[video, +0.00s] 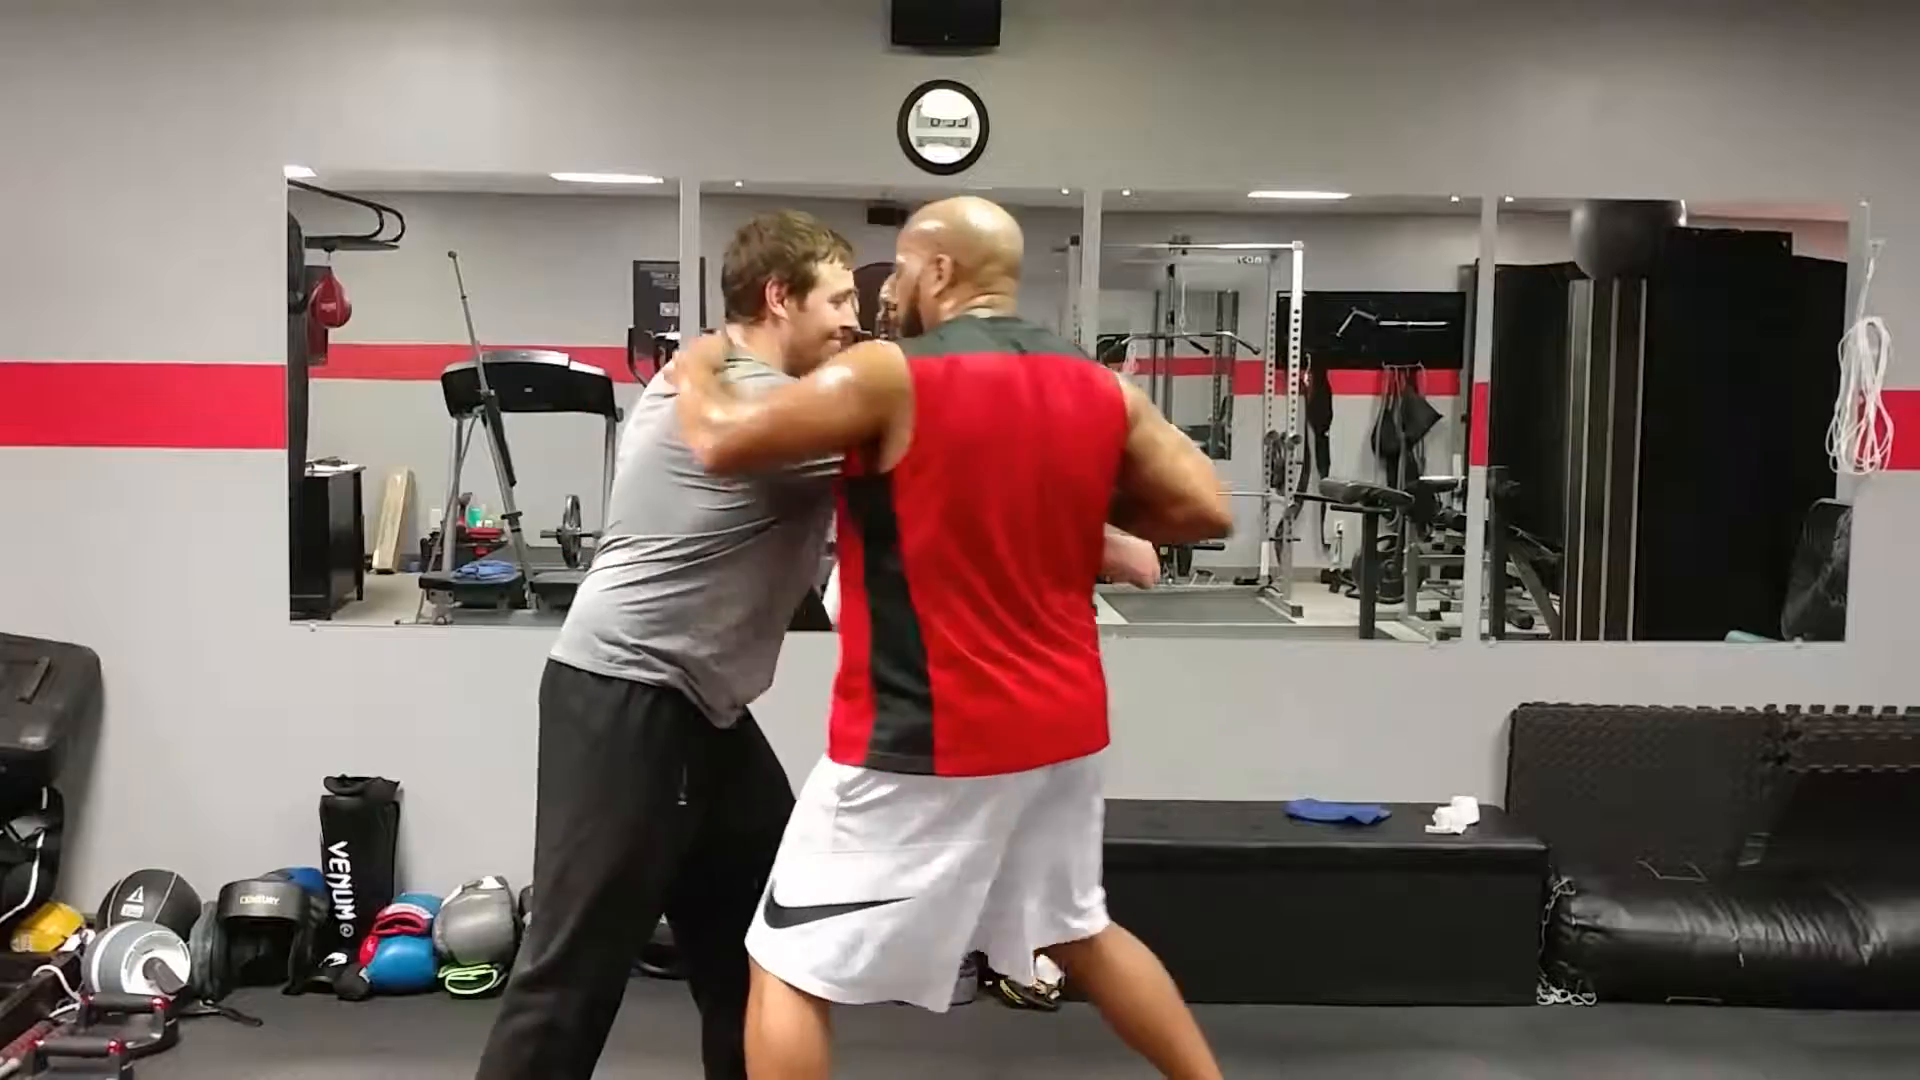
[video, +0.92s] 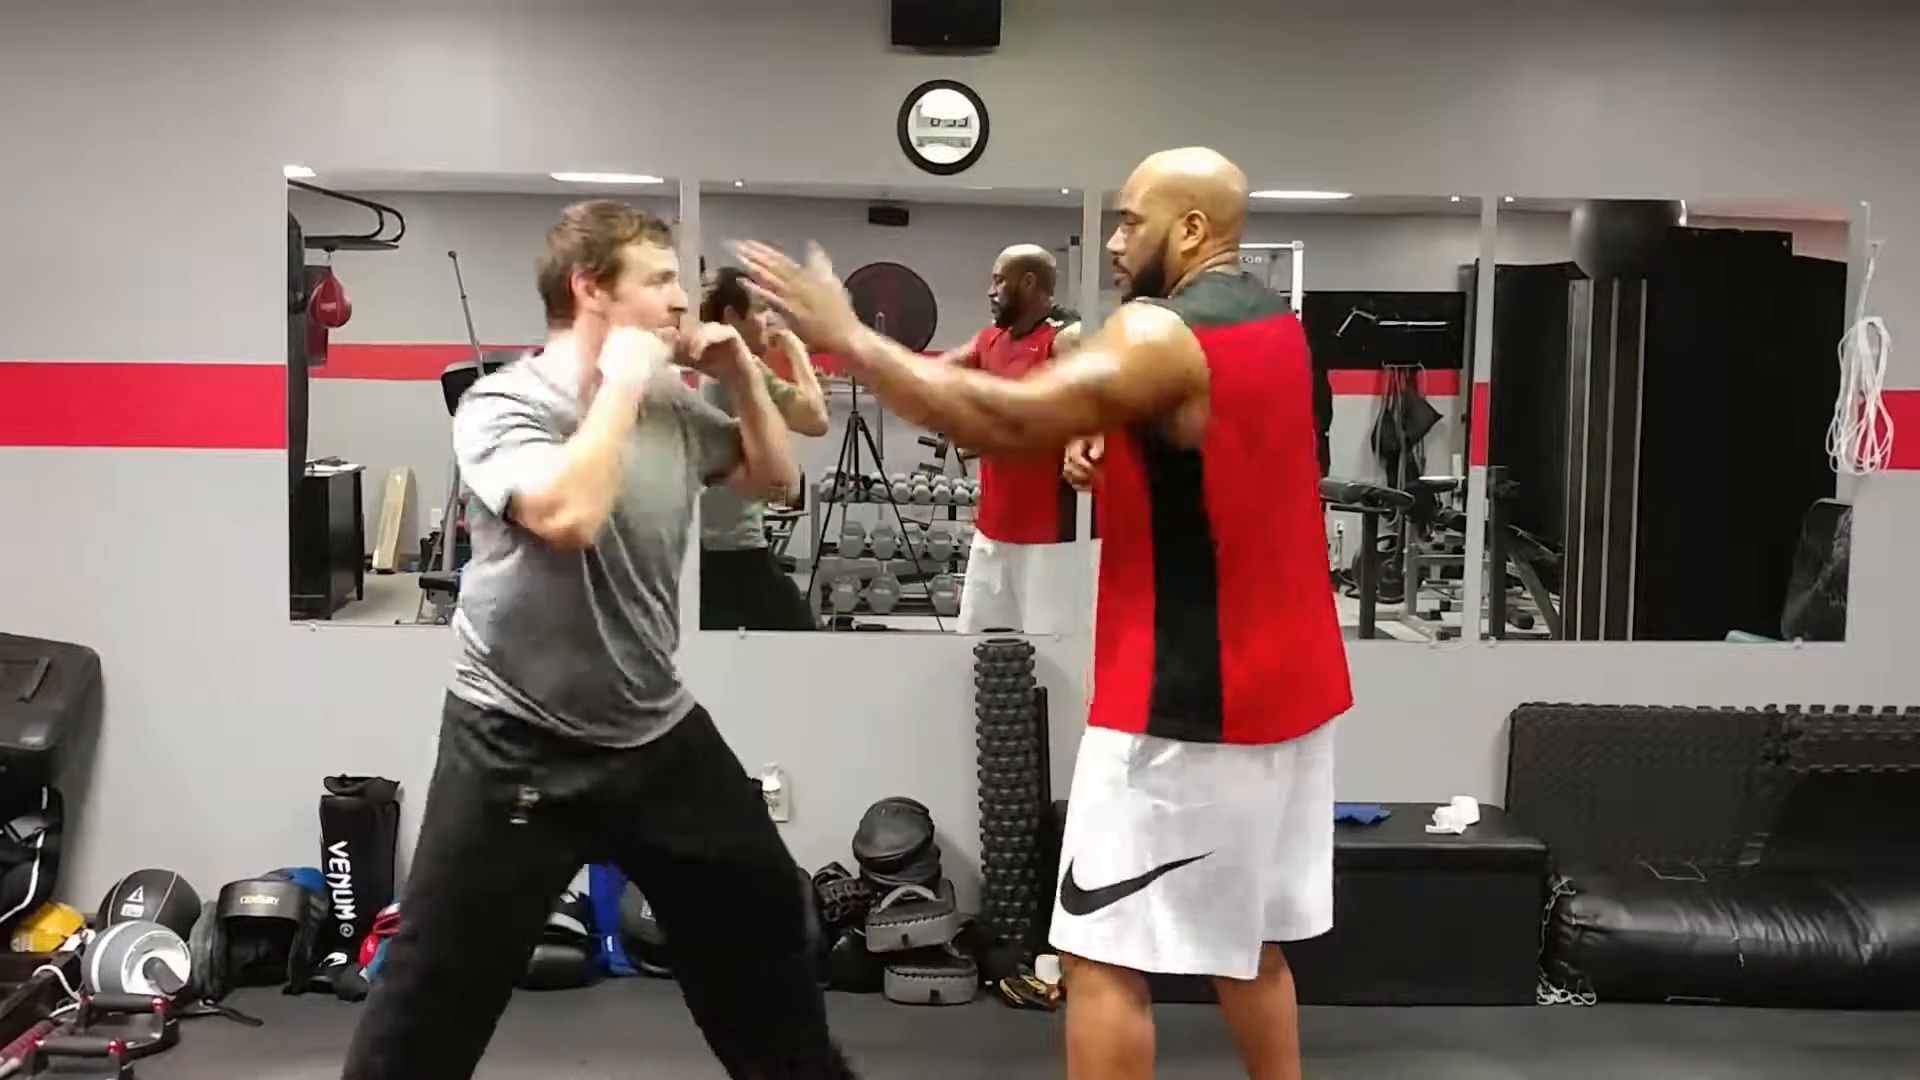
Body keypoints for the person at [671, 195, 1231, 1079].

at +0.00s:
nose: (889, 287)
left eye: (900, 269)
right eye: (892, 269)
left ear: (940, 273)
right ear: (1007, 278)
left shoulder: (887, 374)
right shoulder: (1100, 389)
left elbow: (722, 443)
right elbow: (1209, 511)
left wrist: (696, 368)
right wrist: (1066, 517)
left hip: (914, 732)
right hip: (1066, 721)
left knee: (787, 969)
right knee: (1077, 925)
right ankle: (1205, 1074)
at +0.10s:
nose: (940, 279)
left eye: (951, 262)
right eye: (945, 262)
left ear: (992, 271)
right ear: (1055, 278)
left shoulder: (948, 382)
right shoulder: (1148, 388)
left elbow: (789, 470)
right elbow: (1249, 507)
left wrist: (723, 390)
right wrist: (1122, 517)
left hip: (969, 735)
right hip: (1114, 722)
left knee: (840, 978)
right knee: (1137, 941)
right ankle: (1237, 1075)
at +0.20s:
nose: (986, 276)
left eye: (995, 258)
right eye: (988, 258)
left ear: (1040, 260)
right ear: (1089, 262)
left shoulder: (1018, 370)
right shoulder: (1195, 364)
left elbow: (875, 488)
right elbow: (1281, 491)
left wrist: (768, 427)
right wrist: (1159, 536)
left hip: (1041, 708)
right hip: (1185, 698)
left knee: (897, 945)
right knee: (1179, 934)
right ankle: (1255, 1075)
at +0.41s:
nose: (1051, 264)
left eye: (1063, 243)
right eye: (1052, 244)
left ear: (1118, 241)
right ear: (1142, 243)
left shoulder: (1111, 346)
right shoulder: (1242, 337)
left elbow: (989, 479)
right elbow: (1279, 493)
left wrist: (828, 494)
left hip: (1133, 678)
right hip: (1262, 673)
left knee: (976, 894)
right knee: (1234, 925)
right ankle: (1277, 1076)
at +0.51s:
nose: (1075, 259)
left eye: (1087, 238)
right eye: (1076, 239)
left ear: (1148, 236)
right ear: (1173, 240)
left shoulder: (1143, 346)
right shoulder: (1262, 343)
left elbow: (1052, 497)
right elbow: (1213, 502)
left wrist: (902, 583)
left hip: (1153, 695)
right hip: (1275, 689)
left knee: (1056, 936)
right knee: (1240, 932)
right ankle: (1278, 1076)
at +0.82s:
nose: (1100, 244)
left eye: (1115, 225)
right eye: (1102, 225)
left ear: (1181, 230)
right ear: (1195, 233)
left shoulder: (1183, 341)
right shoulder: (1259, 324)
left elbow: (1116, 491)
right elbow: (1227, 491)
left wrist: (961, 492)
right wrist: (1112, 451)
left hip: (1174, 697)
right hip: (1273, 688)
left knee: (1106, 953)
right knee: (1245, 938)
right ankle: (1278, 1079)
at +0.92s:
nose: (1113, 239)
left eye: (1129, 221)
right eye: (1116, 221)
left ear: (1191, 228)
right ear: (1210, 230)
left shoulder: (1161, 334)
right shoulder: (1269, 320)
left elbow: (1008, 420)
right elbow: (1227, 464)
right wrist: (1113, 463)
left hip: (1176, 695)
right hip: (1287, 687)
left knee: (1100, 956)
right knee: (1247, 945)